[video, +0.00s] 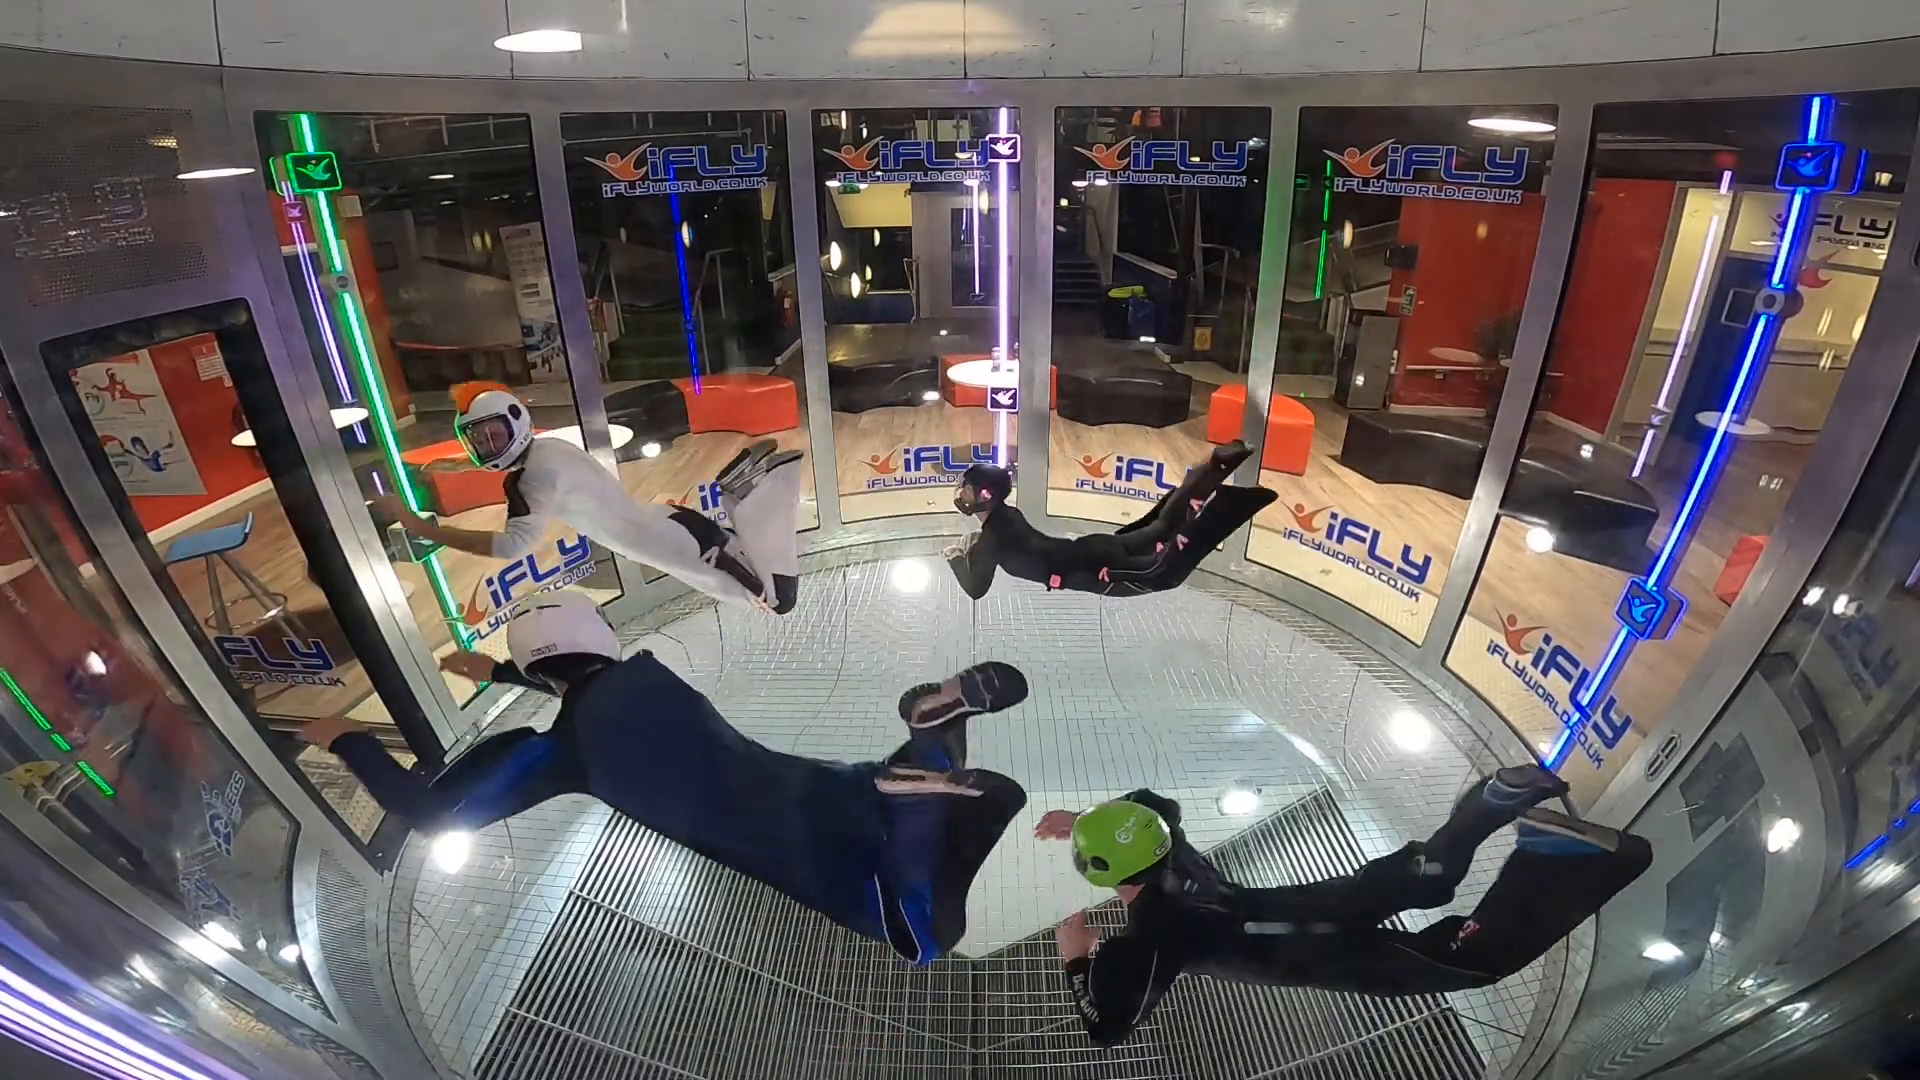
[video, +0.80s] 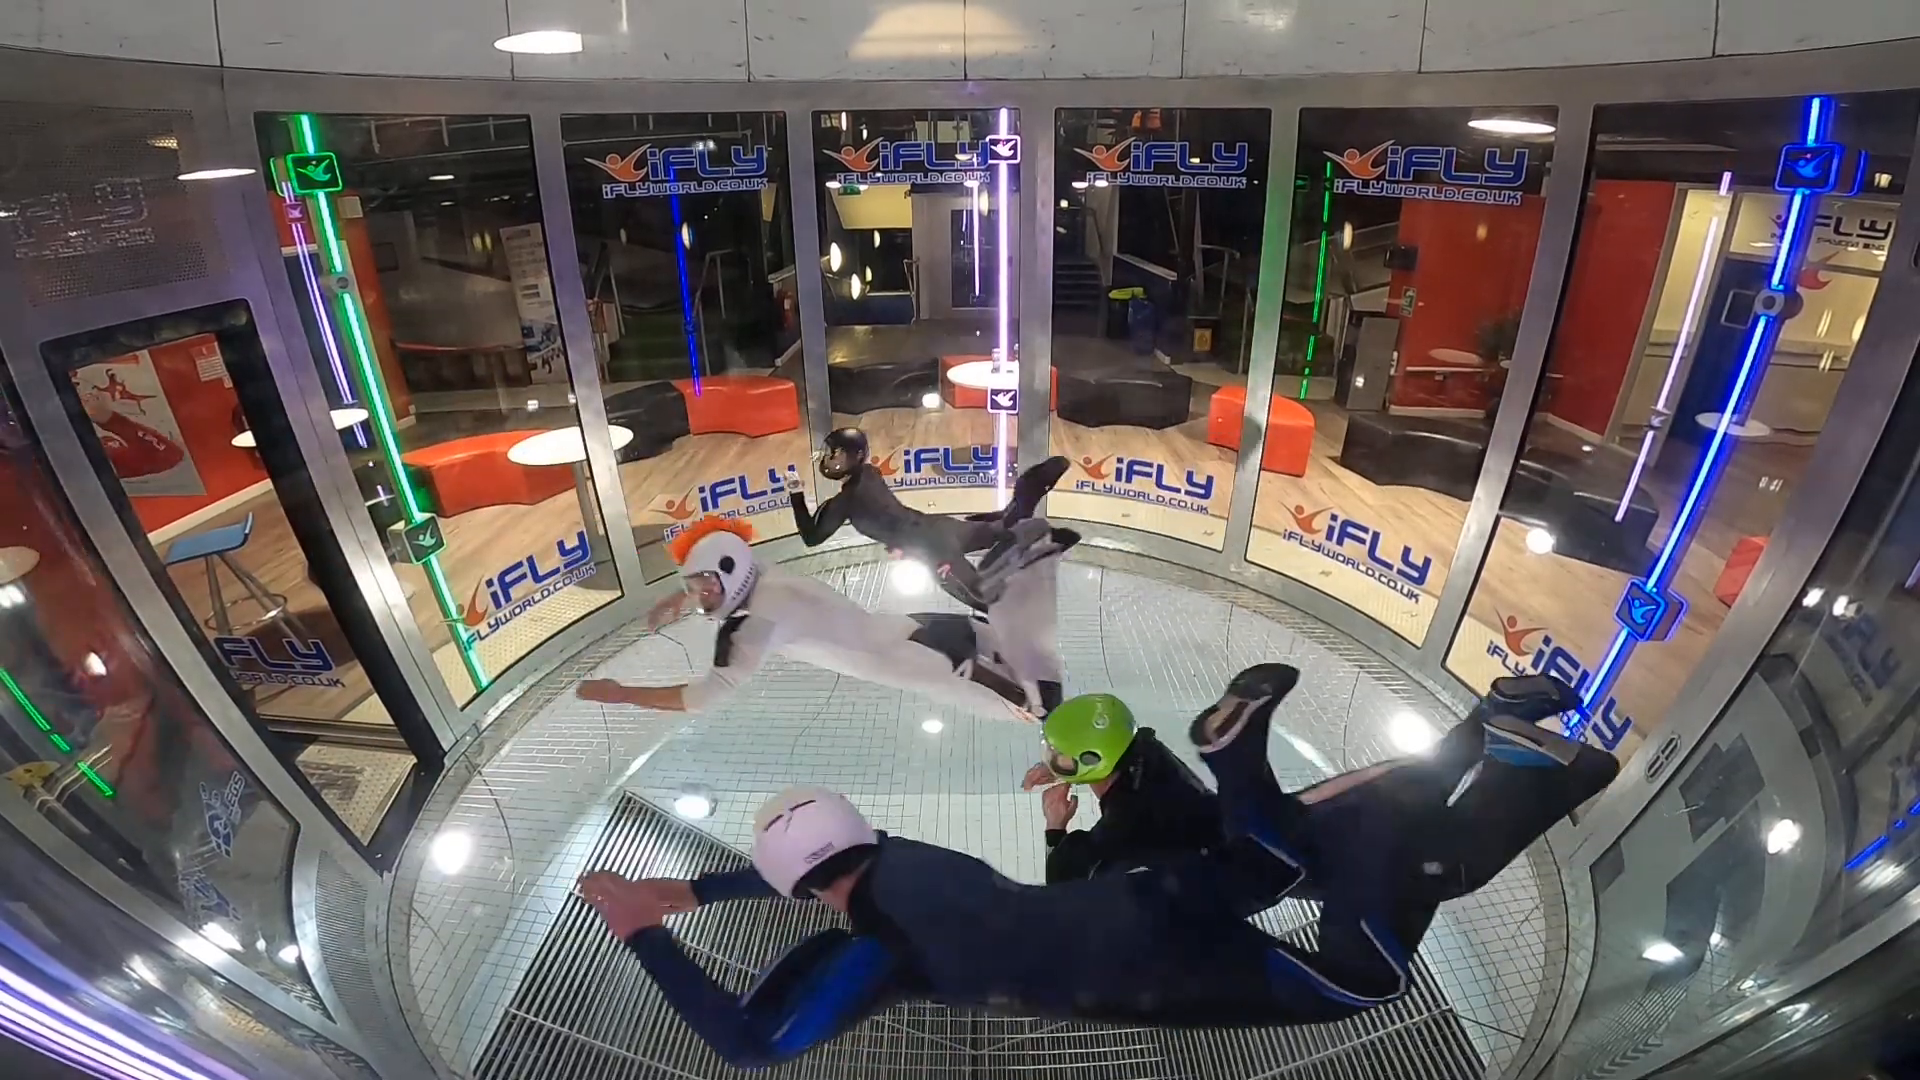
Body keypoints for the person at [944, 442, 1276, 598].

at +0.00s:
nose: (958, 493)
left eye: (965, 489)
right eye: (961, 486)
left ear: (984, 499)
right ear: (987, 496)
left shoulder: (993, 535)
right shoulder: (1002, 515)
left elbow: (975, 588)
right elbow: (983, 574)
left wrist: (956, 558)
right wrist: (969, 553)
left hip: (1089, 569)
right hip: (1088, 548)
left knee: (1163, 571)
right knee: (1153, 531)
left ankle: (1222, 507)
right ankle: (1211, 470)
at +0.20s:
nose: (937, 493)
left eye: (943, 489)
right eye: (939, 487)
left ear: (962, 493)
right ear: (966, 490)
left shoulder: (974, 525)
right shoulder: (980, 511)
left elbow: (950, 580)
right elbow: (959, 563)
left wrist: (934, 557)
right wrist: (945, 552)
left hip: (1068, 559)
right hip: (1068, 540)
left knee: (1136, 575)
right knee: (1136, 513)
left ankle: (1196, 510)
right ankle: (1186, 441)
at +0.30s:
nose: (922, 491)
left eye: (928, 486)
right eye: (925, 485)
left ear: (947, 492)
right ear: (952, 488)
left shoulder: (956, 524)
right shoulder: (970, 504)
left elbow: (932, 575)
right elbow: (945, 549)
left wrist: (913, 559)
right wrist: (923, 550)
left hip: (1044, 556)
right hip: (1048, 532)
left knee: (1116, 580)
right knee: (1122, 511)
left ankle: (1169, 519)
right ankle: (1163, 441)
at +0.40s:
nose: (905, 485)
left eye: (911, 480)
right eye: (908, 478)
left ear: (929, 484)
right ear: (933, 481)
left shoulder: (940, 515)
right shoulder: (949, 497)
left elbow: (912, 566)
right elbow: (919, 554)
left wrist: (884, 541)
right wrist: (895, 545)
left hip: (1025, 554)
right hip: (1029, 530)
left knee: (1094, 585)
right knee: (1099, 514)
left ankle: (1142, 525)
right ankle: (1132, 454)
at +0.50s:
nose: (891, 481)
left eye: (897, 475)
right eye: (890, 475)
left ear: (912, 477)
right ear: (913, 475)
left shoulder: (917, 505)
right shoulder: (926, 490)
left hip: (998, 549)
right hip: (1003, 527)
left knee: (1069, 586)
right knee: (1077, 517)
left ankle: (1112, 527)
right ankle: (1115, 463)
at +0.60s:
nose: (867, 468)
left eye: (874, 464)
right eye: (869, 462)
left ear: (893, 469)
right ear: (897, 467)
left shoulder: (898, 500)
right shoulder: (910, 483)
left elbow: (860, 547)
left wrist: (845, 507)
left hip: (977, 545)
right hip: (983, 521)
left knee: (1044, 589)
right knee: (1056, 520)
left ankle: (1078, 532)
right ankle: (1091, 473)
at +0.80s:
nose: (827, 459)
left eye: (835, 454)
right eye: (828, 452)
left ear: (853, 458)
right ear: (853, 457)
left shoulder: (851, 497)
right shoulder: (866, 475)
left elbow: (812, 536)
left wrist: (797, 502)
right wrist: (821, 508)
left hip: (931, 548)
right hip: (938, 527)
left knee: (981, 595)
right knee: (1004, 527)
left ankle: (1025, 549)